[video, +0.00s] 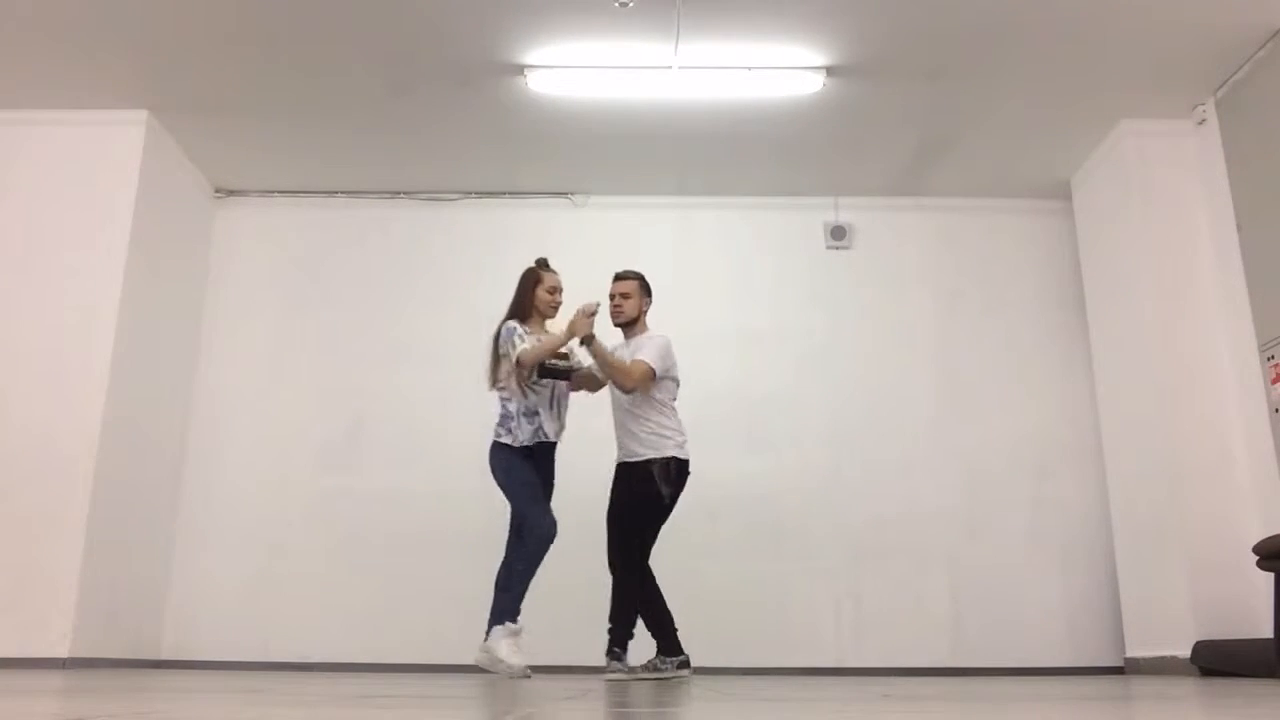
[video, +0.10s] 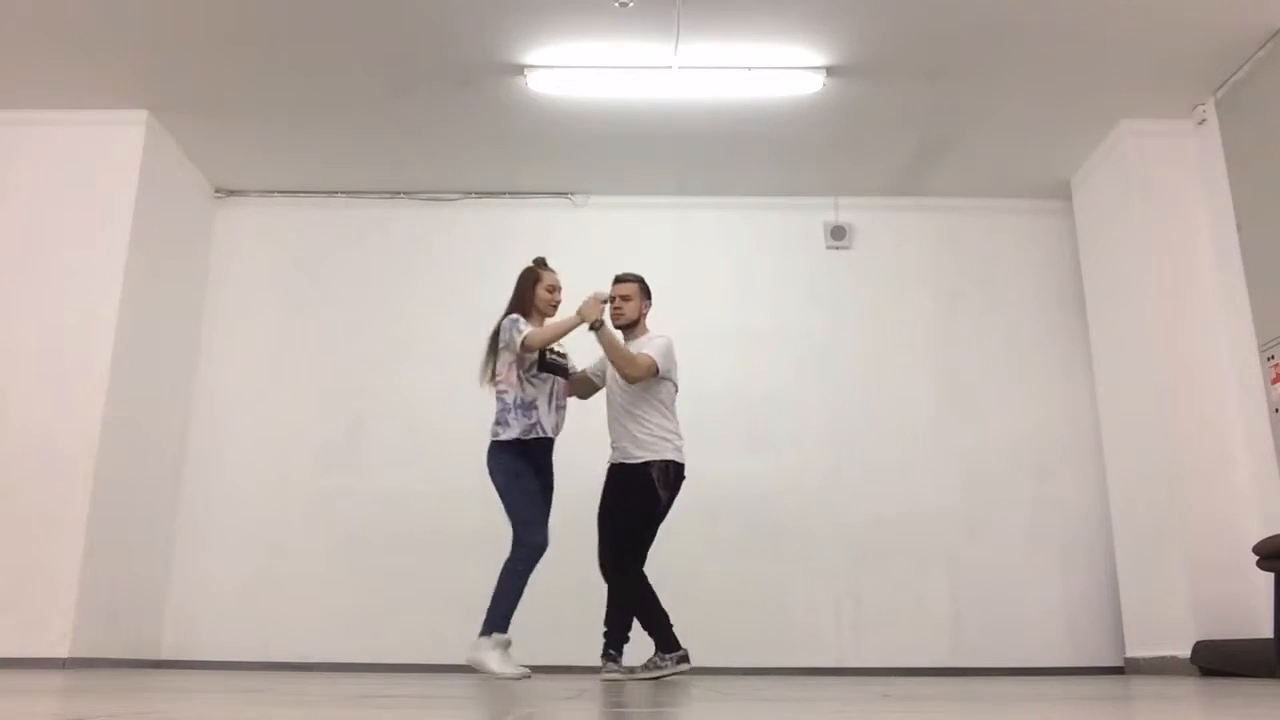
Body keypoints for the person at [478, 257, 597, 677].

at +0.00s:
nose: (558, 299)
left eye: (560, 293)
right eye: (551, 291)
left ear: (556, 298)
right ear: (530, 292)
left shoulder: (557, 345)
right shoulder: (510, 330)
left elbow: (589, 381)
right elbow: (527, 357)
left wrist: (602, 367)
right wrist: (571, 333)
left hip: (542, 455)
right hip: (509, 452)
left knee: (520, 543)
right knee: (543, 528)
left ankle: (496, 639)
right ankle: (505, 628)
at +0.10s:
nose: (557, 298)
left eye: (559, 292)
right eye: (551, 290)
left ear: (554, 297)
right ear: (529, 290)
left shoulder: (552, 347)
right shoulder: (511, 325)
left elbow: (581, 384)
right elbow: (533, 341)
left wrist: (613, 360)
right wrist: (579, 317)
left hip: (540, 455)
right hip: (509, 452)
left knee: (531, 544)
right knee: (531, 540)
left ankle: (495, 643)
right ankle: (487, 642)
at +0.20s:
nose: (557, 295)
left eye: (559, 290)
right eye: (550, 288)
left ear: (554, 295)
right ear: (528, 290)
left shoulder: (552, 352)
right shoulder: (515, 324)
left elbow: (576, 385)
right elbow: (543, 337)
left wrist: (615, 360)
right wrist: (590, 317)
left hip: (535, 453)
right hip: (504, 450)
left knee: (545, 551)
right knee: (518, 541)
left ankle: (500, 639)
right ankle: (483, 647)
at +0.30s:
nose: (562, 293)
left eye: (561, 287)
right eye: (555, 286)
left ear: (547, 292)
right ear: (534, 289)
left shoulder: (548, 338)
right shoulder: (523, 325)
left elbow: (584, 371)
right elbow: (557, 351)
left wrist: (620, 343)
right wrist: (603, 330)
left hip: (531, 453)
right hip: (502, 449)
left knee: (559, 545)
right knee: (501, 542)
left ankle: (508, 635)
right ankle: (478, 650)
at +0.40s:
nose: (567, 291)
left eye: (565, 284)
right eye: (560, 284)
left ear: (544, 288)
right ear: (540, 287)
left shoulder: (543, 330)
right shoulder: (536, 328)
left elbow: (571, 365)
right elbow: (573, 369)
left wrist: (608, 347)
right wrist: (611, 348)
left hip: (534, 451)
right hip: (512, 449)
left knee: (563, 543)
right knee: (501, 543)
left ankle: (521, 643)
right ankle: (478, 649)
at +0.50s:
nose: (574, 288)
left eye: (573, 281)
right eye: (568, 282)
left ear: (549, 286)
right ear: (550, 286)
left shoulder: (547, 329)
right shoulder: (549, 329)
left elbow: (570, 375)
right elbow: (581, 381)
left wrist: (613, 360)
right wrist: (620, 363)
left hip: (545, 447)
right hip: (529, 448)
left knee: (559, 546)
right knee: (546, 543)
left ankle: (520, 647)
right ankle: (489, 643)